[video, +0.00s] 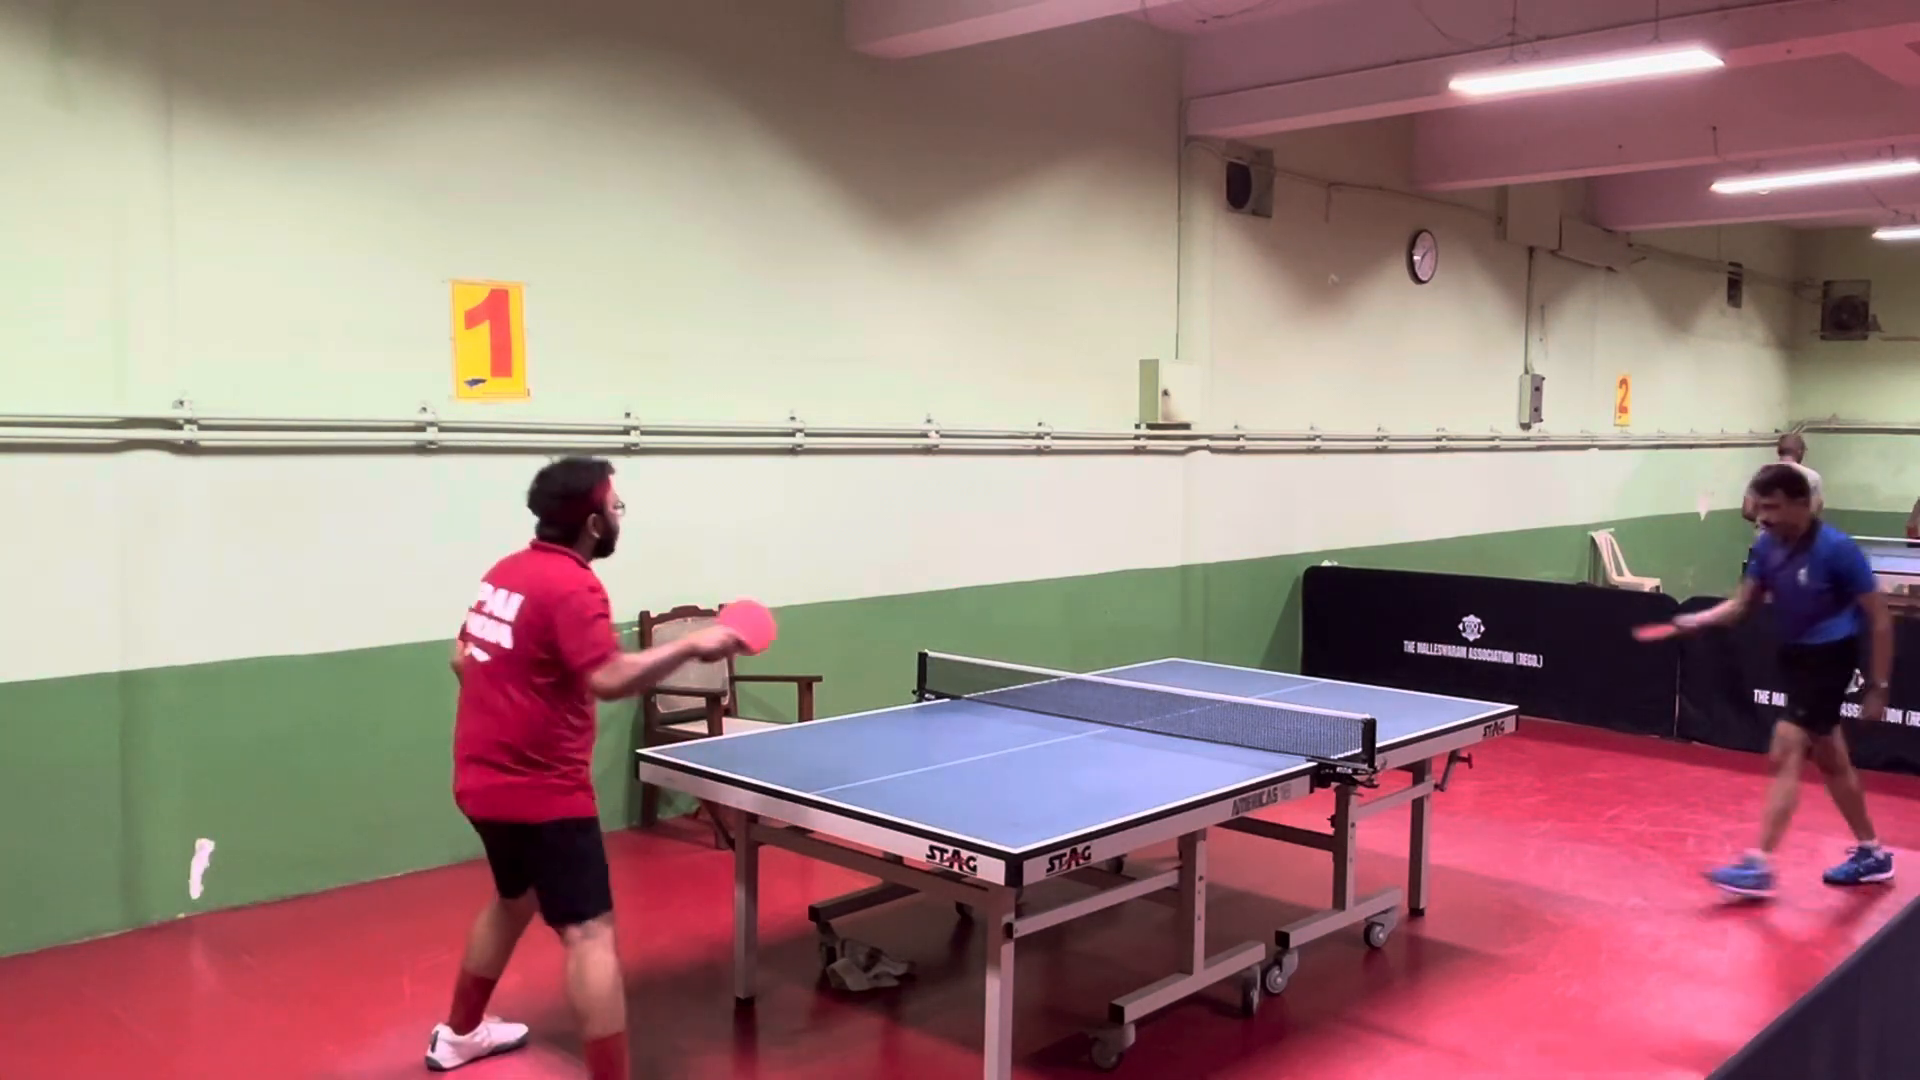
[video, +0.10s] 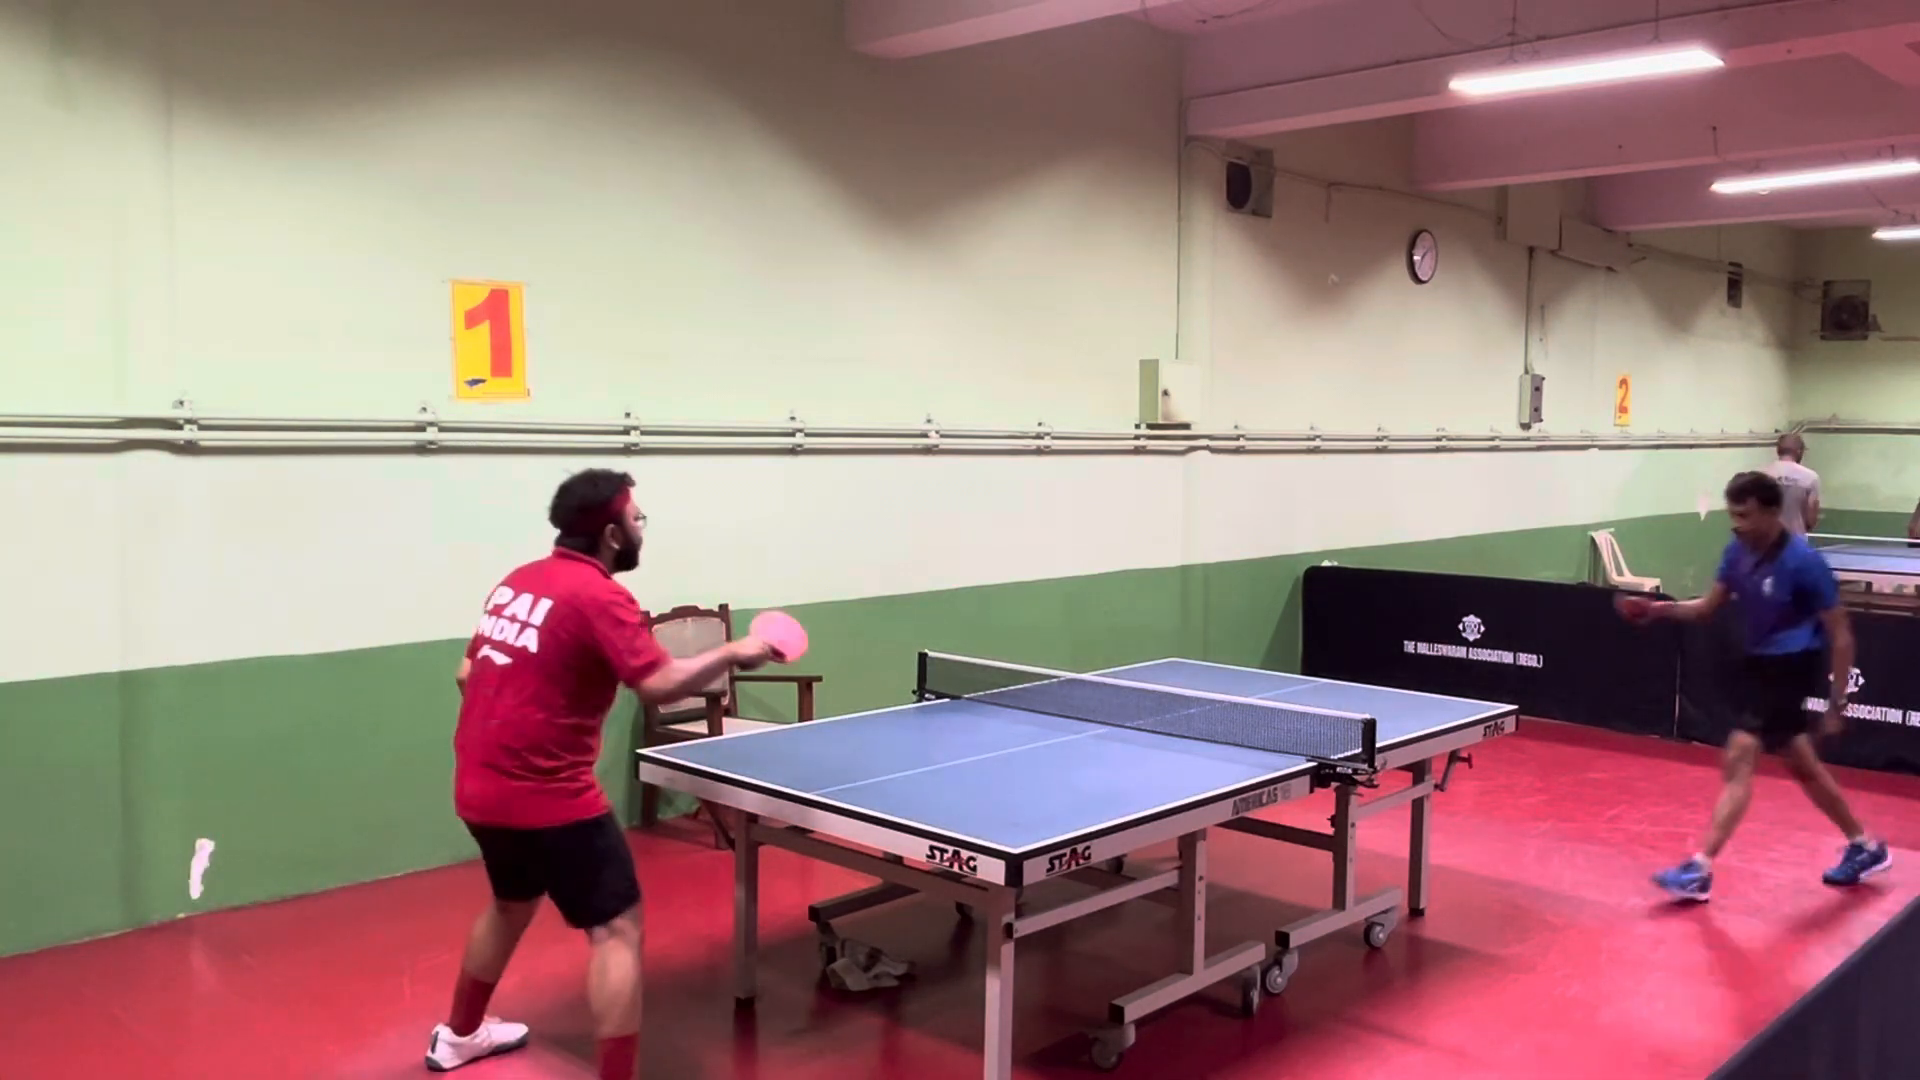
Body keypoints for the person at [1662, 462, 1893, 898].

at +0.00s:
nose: (1762, 519)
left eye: (1770, 509)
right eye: (1759, 510)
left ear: (1800, 505)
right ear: (1761, 507)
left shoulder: (1837, 550)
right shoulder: (1767, 547)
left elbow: (1879, 614)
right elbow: (1741, 603)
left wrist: (1877, 687)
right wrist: (1699, 619)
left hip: (1831, 658)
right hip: (1794, 657)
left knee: (1785, 748)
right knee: (1832, 760)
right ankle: (1871, 850)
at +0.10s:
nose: (1735, 525)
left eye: (1743, 516)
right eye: (1732, 516)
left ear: (1772, 514)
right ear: (1735, 514)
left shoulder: (1805, 561)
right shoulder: (1739, 550)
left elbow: (1841, 632)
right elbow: (1707, 608)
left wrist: (1836, 706)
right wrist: (1658, 609)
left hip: (1793, 669)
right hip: (1758, 666)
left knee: (1738, 755)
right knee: (1802, 762)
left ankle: (1700, 866)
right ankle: (1862, 844)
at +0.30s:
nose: (1673, 530)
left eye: (1681, 522)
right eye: (1670, 520)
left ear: (1709, 520)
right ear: (1671, 514)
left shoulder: (1735, 564)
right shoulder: (1677, 549)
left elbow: (1741, 646)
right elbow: (1666, 603)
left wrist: (1735, 720)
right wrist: (1619, 613)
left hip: (1714, 668)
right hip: (1683, 664)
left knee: (1666, 752)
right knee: (1666, 759)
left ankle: (1687, 871)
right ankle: (1757, 814)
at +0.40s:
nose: (1645, 520)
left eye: (1652, 512)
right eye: (1642, 511)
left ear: (1679, 509)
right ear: (1643, 507)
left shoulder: (1704, 553)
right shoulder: (1649, 537)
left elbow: (1700, 639)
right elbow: (1649, 595)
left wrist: (1669, 700)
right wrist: (1603, 614)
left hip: (1695, 656)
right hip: (1658, 651)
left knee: (1662, 752)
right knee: (1608, 733)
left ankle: (1686, 868)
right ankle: (1663, 818)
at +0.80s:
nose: (1528, 555)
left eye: (1536, 548)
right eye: (1525, 547)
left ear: (1559, 539)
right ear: (1520, 540)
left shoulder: (1593, 566)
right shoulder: (1520, 560)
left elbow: (1579, 636)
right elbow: (1514, 610)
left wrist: (1532, 653)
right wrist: (1481, 651)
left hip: (1588, 665)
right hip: (1538, 662)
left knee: (1617, 760)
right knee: (1481, 725)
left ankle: (1659, 861)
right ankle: (1472, 825)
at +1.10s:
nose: (1523, 559)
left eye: (1531, 552)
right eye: (1518, 551)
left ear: (1552, 541)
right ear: (1512, 543)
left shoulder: (1584, 569)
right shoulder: (1508, 553)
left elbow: (1572, 636)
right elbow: (1474, 594)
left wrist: (1536, 677)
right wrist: (1447, 622)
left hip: (1578, 657)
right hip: (1526, 652)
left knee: (1617, 754)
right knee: (1475, 729)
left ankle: (1643, 854)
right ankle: (1472, 825)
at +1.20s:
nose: (1535, 556)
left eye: (1543, 549)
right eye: (1529, 549)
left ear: (1562, 539)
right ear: (1522, 541)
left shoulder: (1591, 571)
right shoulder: (1517, 549)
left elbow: (1576, 635)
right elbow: (1475, 587)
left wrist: (1538, 673)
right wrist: (1468, 601)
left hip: (1580, 663)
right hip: (1528, 656)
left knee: (1621, 757)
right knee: (1468, 729)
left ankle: (1644, 855)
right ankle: (1472, 825)